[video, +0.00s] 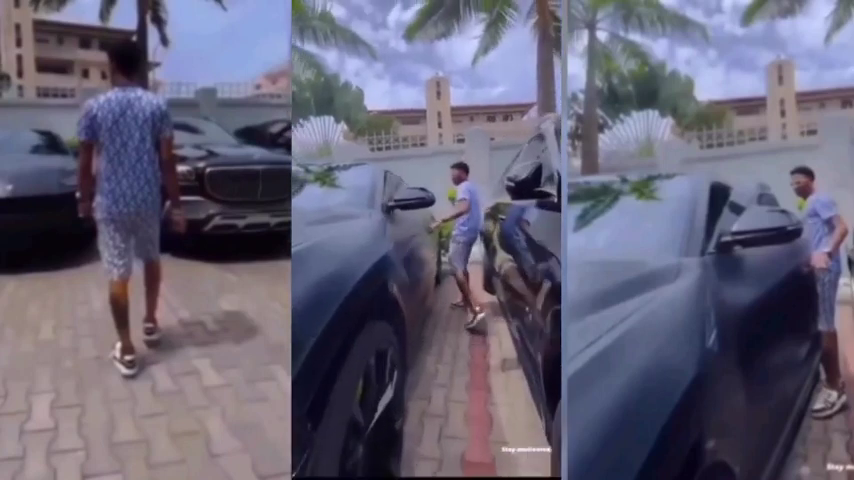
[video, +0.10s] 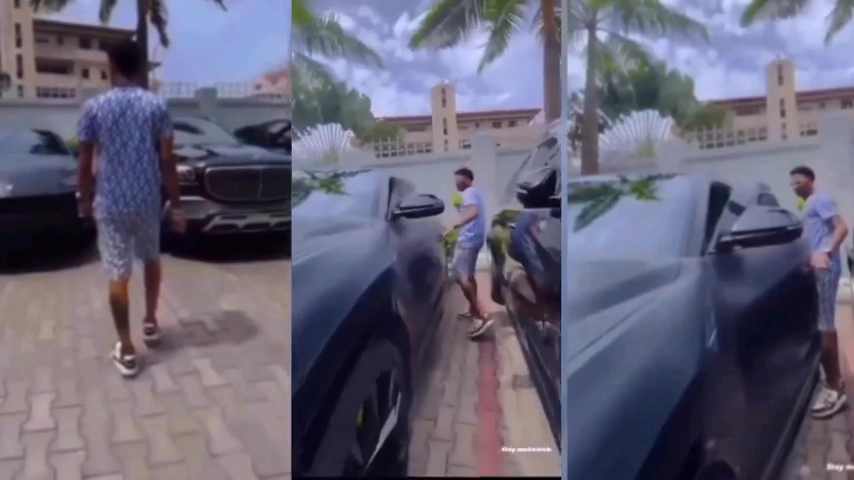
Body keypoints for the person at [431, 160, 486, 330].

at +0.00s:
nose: (452, 178)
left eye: (454, 174)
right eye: (452, 174)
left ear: (462, 174)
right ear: (464, 175)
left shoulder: (464, 187)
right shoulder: (470, 187)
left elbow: (464, 208)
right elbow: (468, 210)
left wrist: (441, 220)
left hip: (463, 232)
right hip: (470, 231)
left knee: (456, 267)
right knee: (461, 266)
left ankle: (474, 309)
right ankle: (465, 300)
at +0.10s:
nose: (456, 183)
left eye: (458, 179)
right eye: (456, 179)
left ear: (467, 179)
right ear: (468, 180)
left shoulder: (469, 193)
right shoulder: (473, 192)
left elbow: (472, 213)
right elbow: (473, 215)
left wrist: (454, 226)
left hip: (469, 239)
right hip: (473, 238)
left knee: (460, 272)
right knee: (469, 274)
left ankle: (479, 314)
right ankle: (473, 309)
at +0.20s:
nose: (460, 192)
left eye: (462, 189)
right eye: (460, 189)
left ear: (469, 188)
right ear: (469, 188)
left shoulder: (475, 201)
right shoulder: (474, 202)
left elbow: (483, 220)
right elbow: (478, 223)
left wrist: (466, 236)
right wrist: (464, 239)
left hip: (475, 248)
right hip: (476, 248)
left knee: (468, 284)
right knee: (476, 286)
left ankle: (483, 327)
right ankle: (479, 322)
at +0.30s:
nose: (458, 210)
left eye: (460, 207)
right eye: (458, 207)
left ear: (467, 206)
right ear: (462, 207)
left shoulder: (470, 218)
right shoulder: (467, 219)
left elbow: (481, 232)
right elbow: (475, 235)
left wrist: (468, 247)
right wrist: (464, 247)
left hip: (471, 259)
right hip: (469, 258)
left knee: (470, 291)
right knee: (470, 290)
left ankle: (478, 321)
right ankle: (478, 320)